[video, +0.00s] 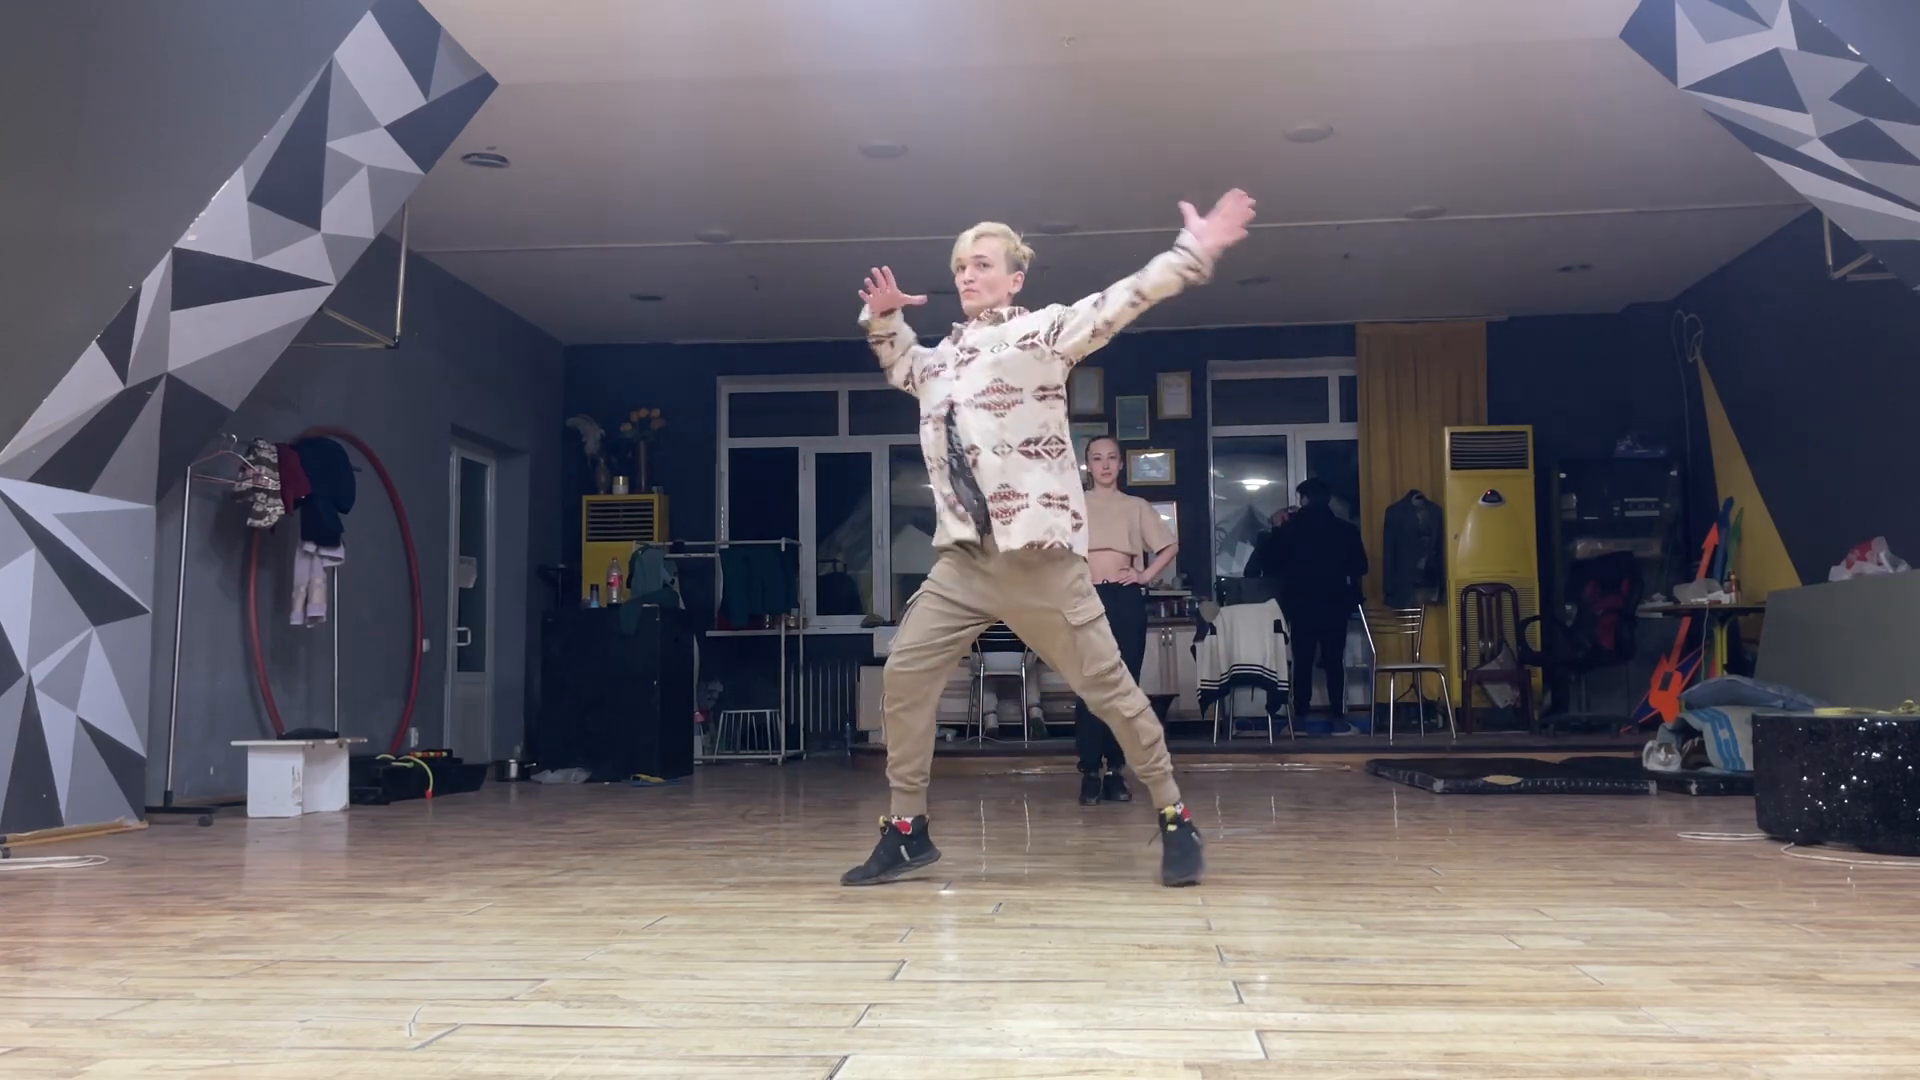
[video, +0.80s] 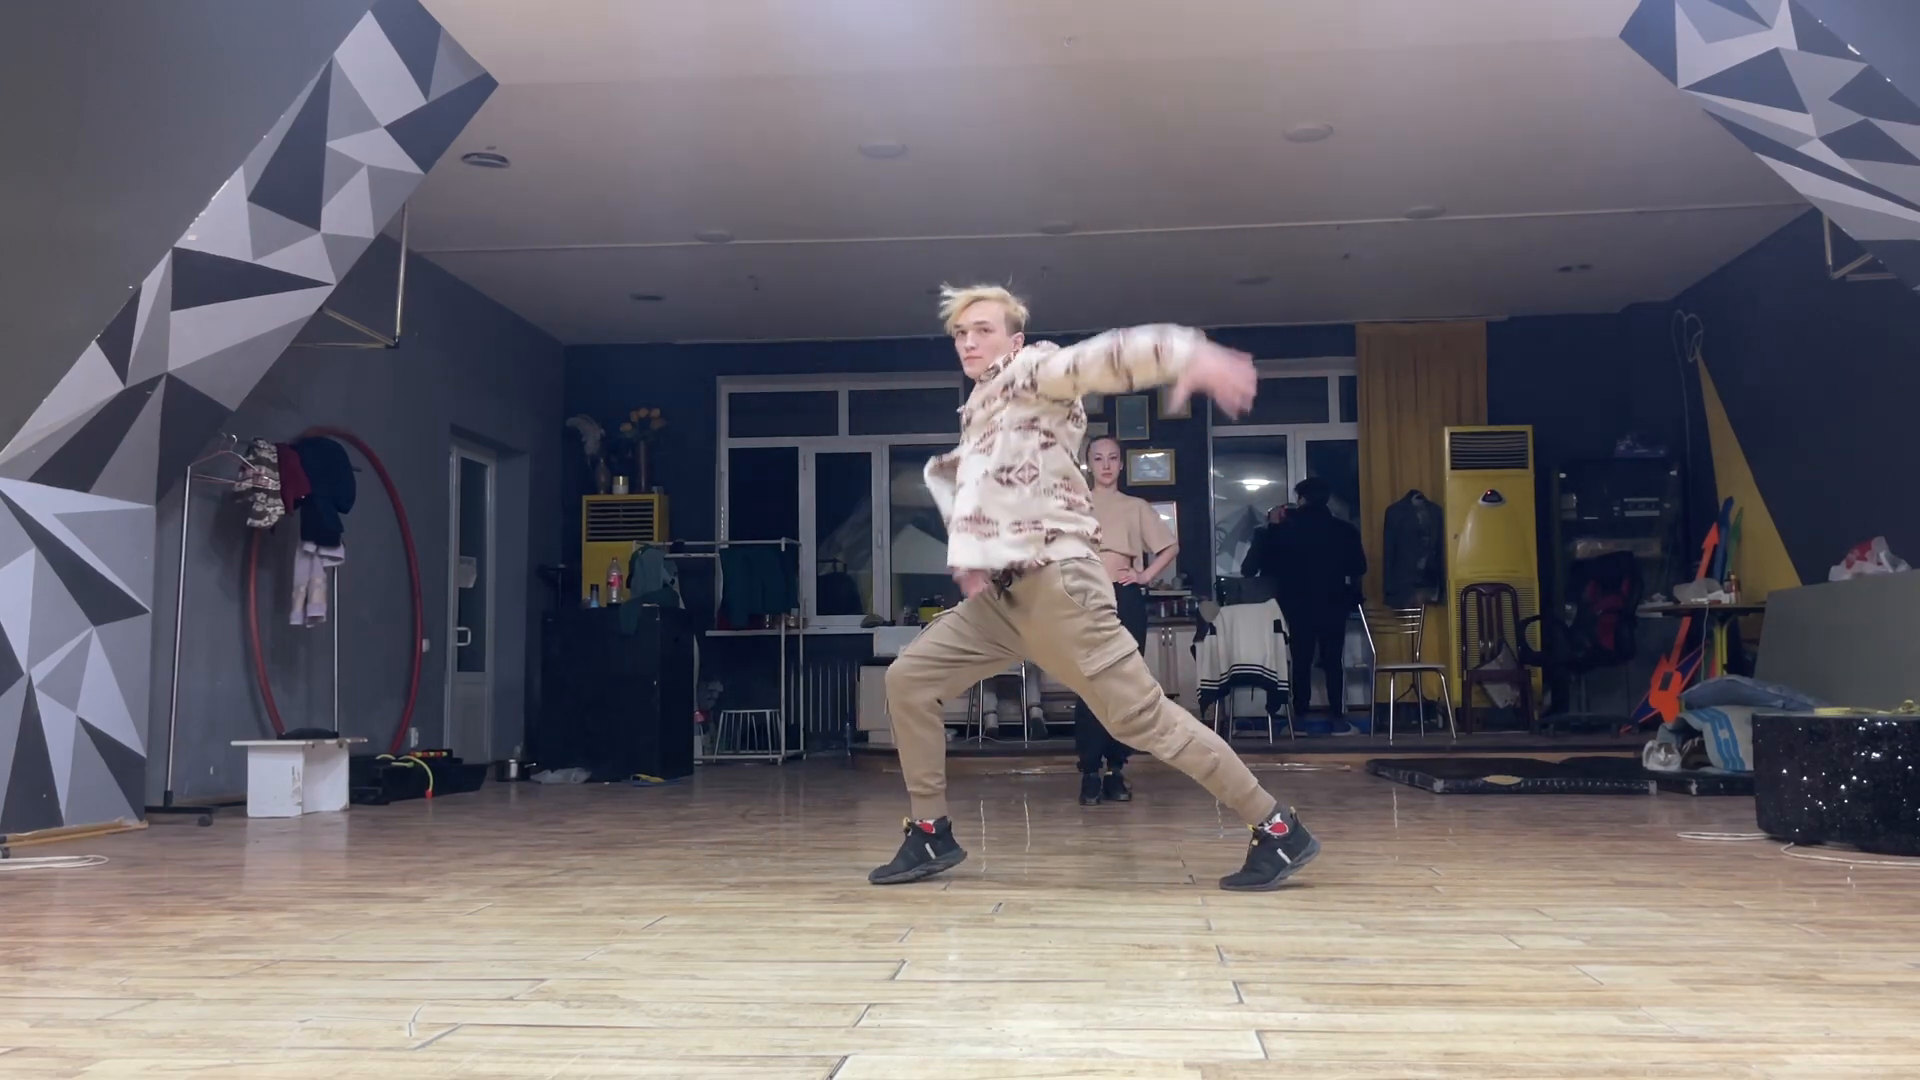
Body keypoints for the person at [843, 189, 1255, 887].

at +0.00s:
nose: (967, 276)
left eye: (982, 265)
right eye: (961, 267)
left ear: (1015, 279)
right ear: (957, 280)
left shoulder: (1041, 331)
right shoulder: (943, 353)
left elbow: (1116, 303)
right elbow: (907, 369)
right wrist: (885, 320)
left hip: (1042, 554)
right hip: (964, 556)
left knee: (1105, 684)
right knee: (905, 672)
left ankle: (1173, 819)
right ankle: (906, 828)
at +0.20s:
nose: (966, 292)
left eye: (980, 282)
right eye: (959, 284)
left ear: (1014, 298)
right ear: (952, 299)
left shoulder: (1046, 354)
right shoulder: (942, 363)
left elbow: (1121, 354)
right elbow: (893, 386)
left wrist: (1202, 351)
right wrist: (855, 392)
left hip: (1031, 581)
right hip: (959, 581)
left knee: (1083, 712)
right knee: (902, 692)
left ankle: (1182, 820)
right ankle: (912, 841)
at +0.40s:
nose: (1006, 312)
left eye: (1018, 300)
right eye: (996, 305)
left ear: (1047, 313)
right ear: (987, 319)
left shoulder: (1079, 368)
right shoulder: (977, 379)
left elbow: (1028, 413)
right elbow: (958, 442)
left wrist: (938, 388)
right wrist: (997, 373)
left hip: (1065, 578)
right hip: (989, 574)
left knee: (1098, 714)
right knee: (916, 687)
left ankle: (1162, 834)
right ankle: (914, 841)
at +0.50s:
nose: (999, 294)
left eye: (1010, 281)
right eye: (991, 286)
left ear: (1041, 285)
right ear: (984, 294)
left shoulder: (1070, 344)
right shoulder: (982, 347)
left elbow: (1035, 271)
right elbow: (925, 292)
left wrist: (979, 202)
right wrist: (947, 212)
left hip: (1069, 566)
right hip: (998, 568)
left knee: (1132, 702)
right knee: (917, 668)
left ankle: (1232, 823)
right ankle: (924, 830)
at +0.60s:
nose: (1003, 294)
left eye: (1015, 282)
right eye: (991, 286)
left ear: (1039, 286)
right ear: (977, 295)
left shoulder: (1053, 335)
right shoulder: (985, 337)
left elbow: (1067, 233)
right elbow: (972, 268)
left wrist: (1075, 133)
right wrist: (939, 215)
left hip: (1064, 550)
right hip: (1007, 562)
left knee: (1147, 682)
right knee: (921, 666)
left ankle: (1258, 815)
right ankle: (924, 826)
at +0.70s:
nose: (986, 317)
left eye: (998, 304)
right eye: (977, 311)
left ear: (1027, 304)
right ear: (970, 322)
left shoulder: (1049, 339)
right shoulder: (977, 378)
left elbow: (1092, 265)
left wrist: (1135, 187)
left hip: (1060, 561)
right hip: (1011, 572)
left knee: (1141, 698)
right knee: (916, 668)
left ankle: (1266, 821)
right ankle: (926, 828)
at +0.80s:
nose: (968, 342)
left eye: (982, 329)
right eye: (961, 333)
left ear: (1015, 336)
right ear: (955, 345)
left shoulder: (1033, 370)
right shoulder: (981, 408)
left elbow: (1098, 359)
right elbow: (991, 482)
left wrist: (1189, 353)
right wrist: (974, 550)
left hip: (1060, 585)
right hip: (1001, 595)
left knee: (1142, 717)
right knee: (909, 681)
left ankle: (1277, 827)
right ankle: (930, 833)